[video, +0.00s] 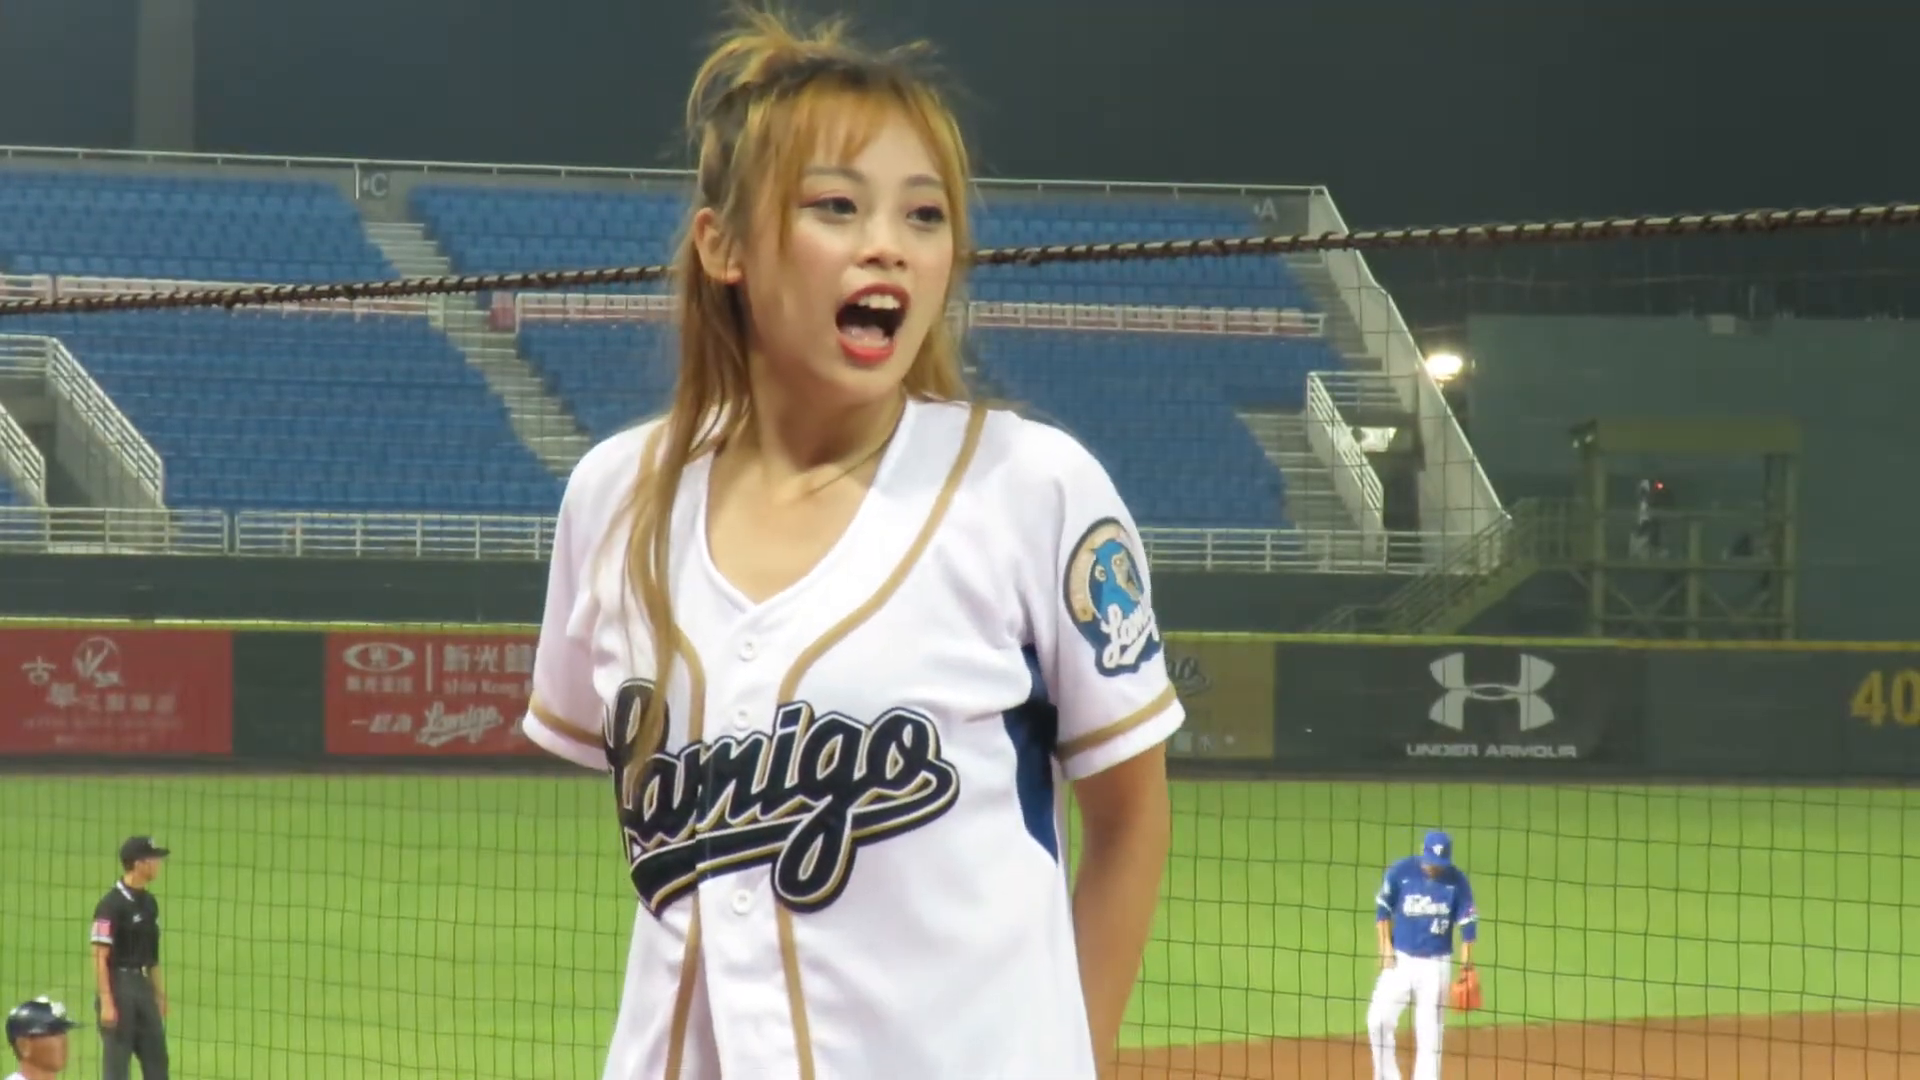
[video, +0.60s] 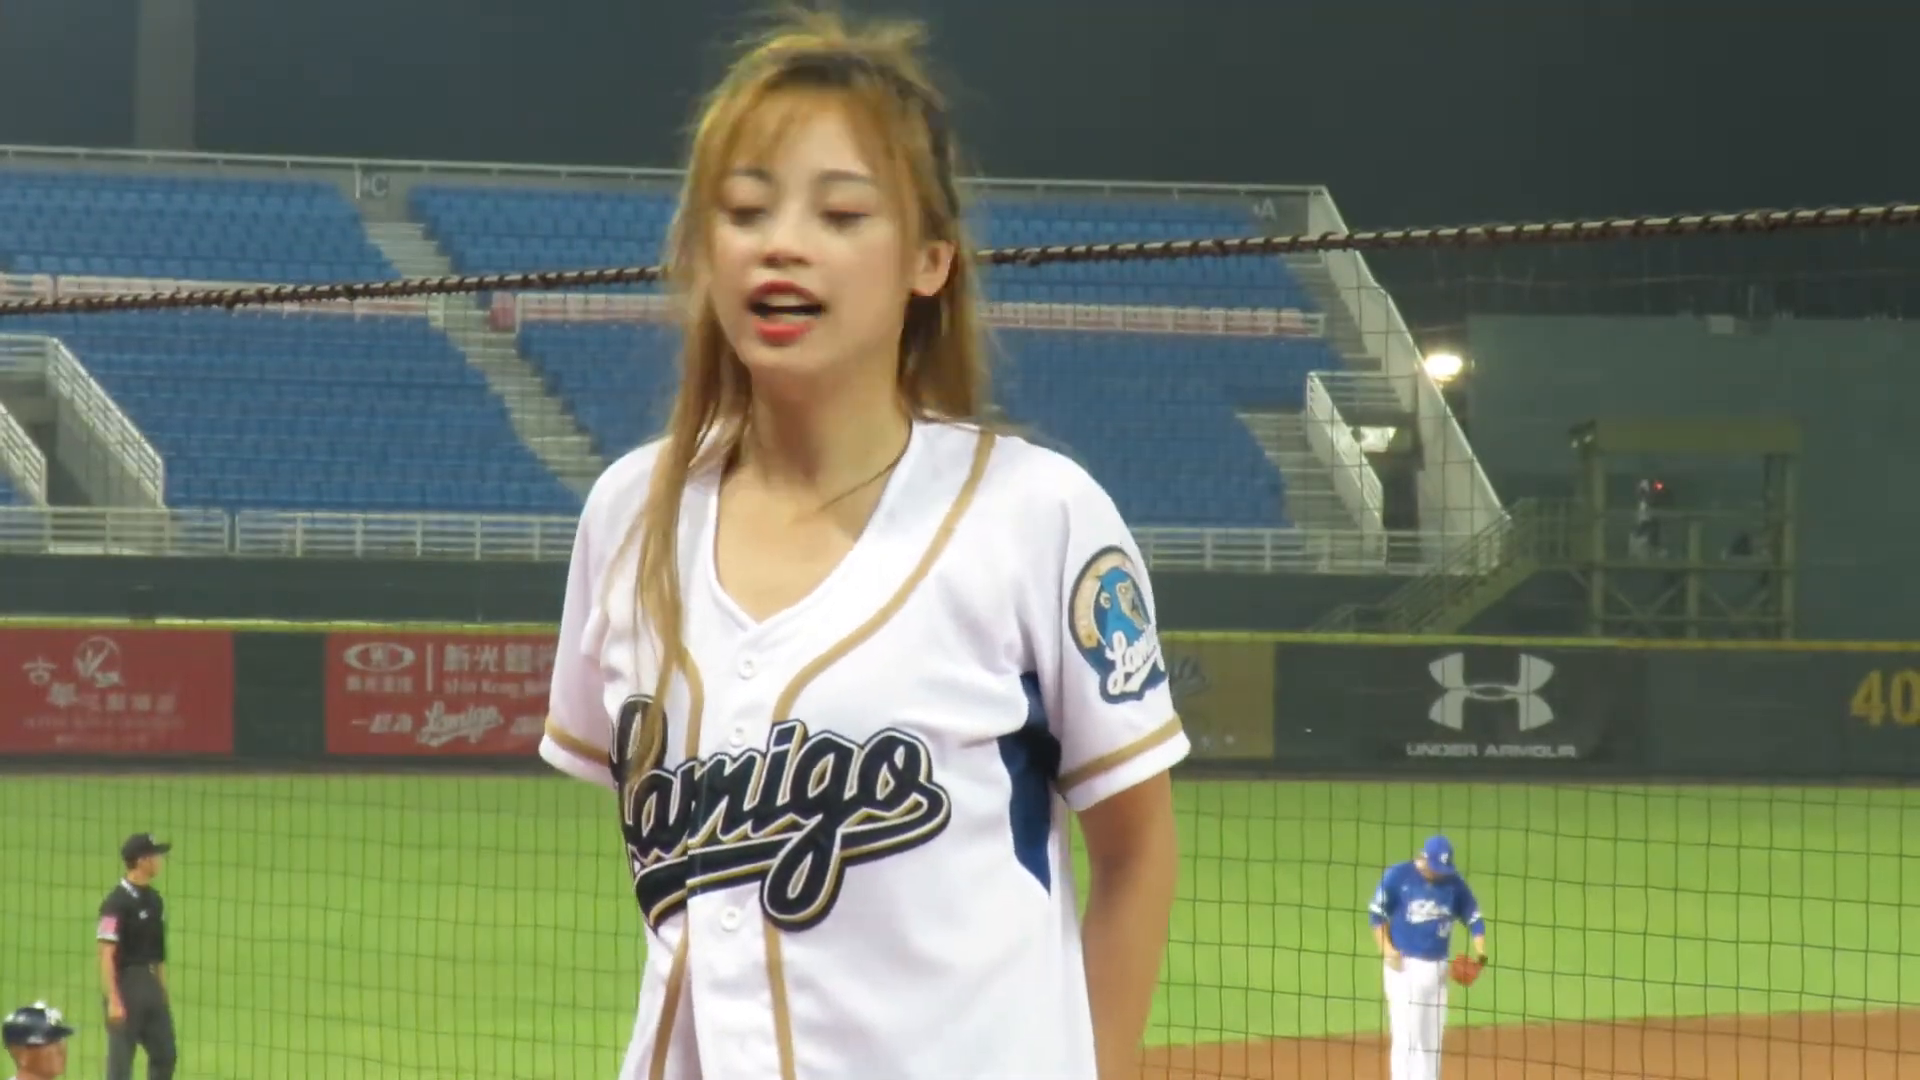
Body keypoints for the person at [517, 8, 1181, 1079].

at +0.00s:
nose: (885, 252)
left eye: (921, 215)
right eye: (833, 208)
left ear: (956, 260)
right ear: (724, 247)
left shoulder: (1039, 490)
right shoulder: (616, 496)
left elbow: (1127, 827)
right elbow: (656, 812)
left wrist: (1066, 1055)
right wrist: (763, 1029)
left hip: (984, 1054)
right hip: (689, 1053)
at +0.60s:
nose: (781, 249)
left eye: (841, 210)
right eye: (745, 209)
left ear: (926, 263)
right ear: (701, 249)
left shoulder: (1042, 514)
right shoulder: (632, 512)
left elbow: (1136, 855)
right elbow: (662, 842)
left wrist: (1095, 1068)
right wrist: (751, 1045)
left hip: (984, 1057)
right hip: (698, 1056)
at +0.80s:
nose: (673, 246)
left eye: (710, 208)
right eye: (694, 205)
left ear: (825, 264)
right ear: (822, 265)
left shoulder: (1020, 529)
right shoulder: (679, 496)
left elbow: (1143, 863)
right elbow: (684, 839)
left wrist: (1092, 1073)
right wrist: (667, 1054)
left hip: (945, 1060)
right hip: (681, 1059)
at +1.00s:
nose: (680, 253)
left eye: (701, 218)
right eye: (692, 217)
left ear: (797, 259)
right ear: (796, 261)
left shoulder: (979, 529)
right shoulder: (726, 502)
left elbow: (1122, 884)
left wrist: (1086, 1075)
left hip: (908, 1059)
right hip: (679, 1057)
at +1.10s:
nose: (680, 256)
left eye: (698, 221)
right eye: (690, 220)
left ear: (785, 257)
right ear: (778, 256)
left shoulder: (965, 525)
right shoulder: (747, 501)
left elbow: (1112, 883)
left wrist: (1082, 1071)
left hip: (898, 1057)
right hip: (695, 1053)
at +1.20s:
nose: (678, 261)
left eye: (692, 225)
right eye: (685, 224)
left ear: (772, 256)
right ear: (771, 254)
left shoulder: (950, 515)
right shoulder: (758, 505)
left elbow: (1102, 880)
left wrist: (1080, 1070)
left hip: (888, 1056)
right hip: (709, 1052)